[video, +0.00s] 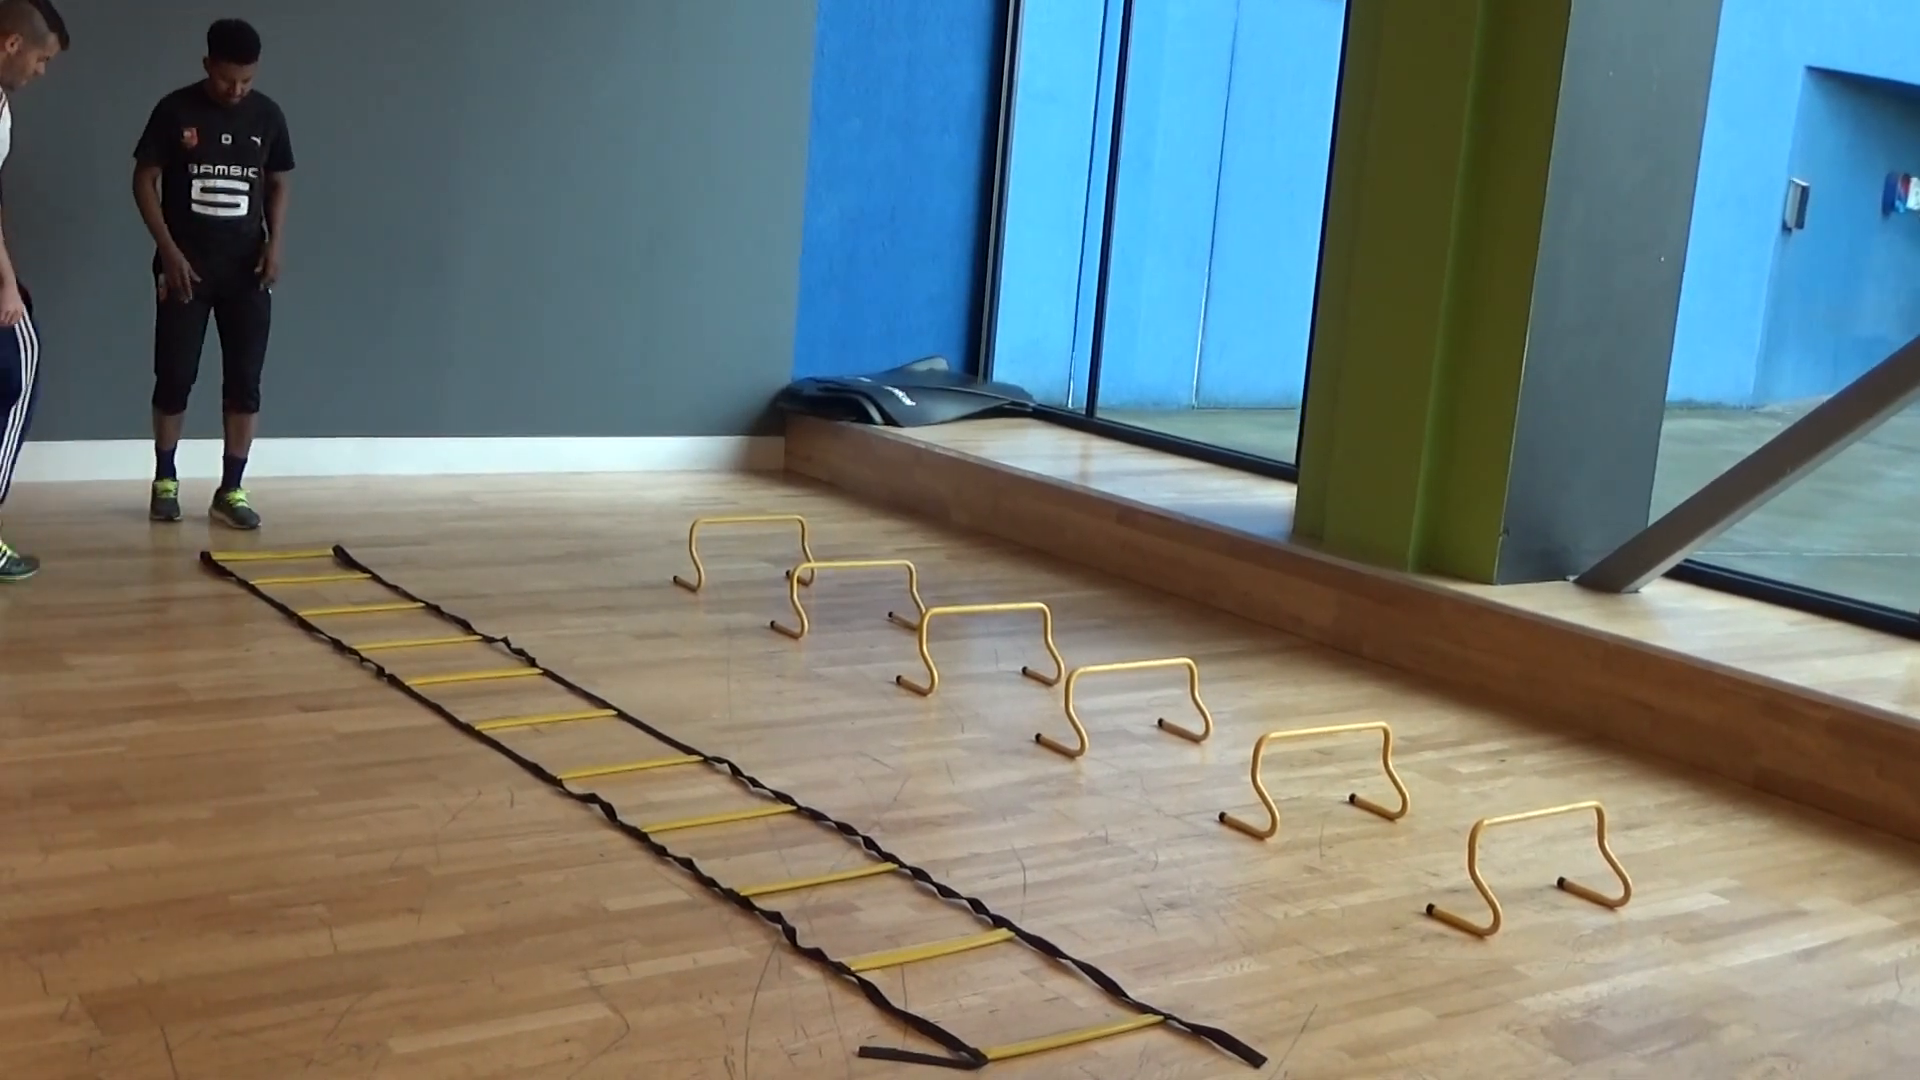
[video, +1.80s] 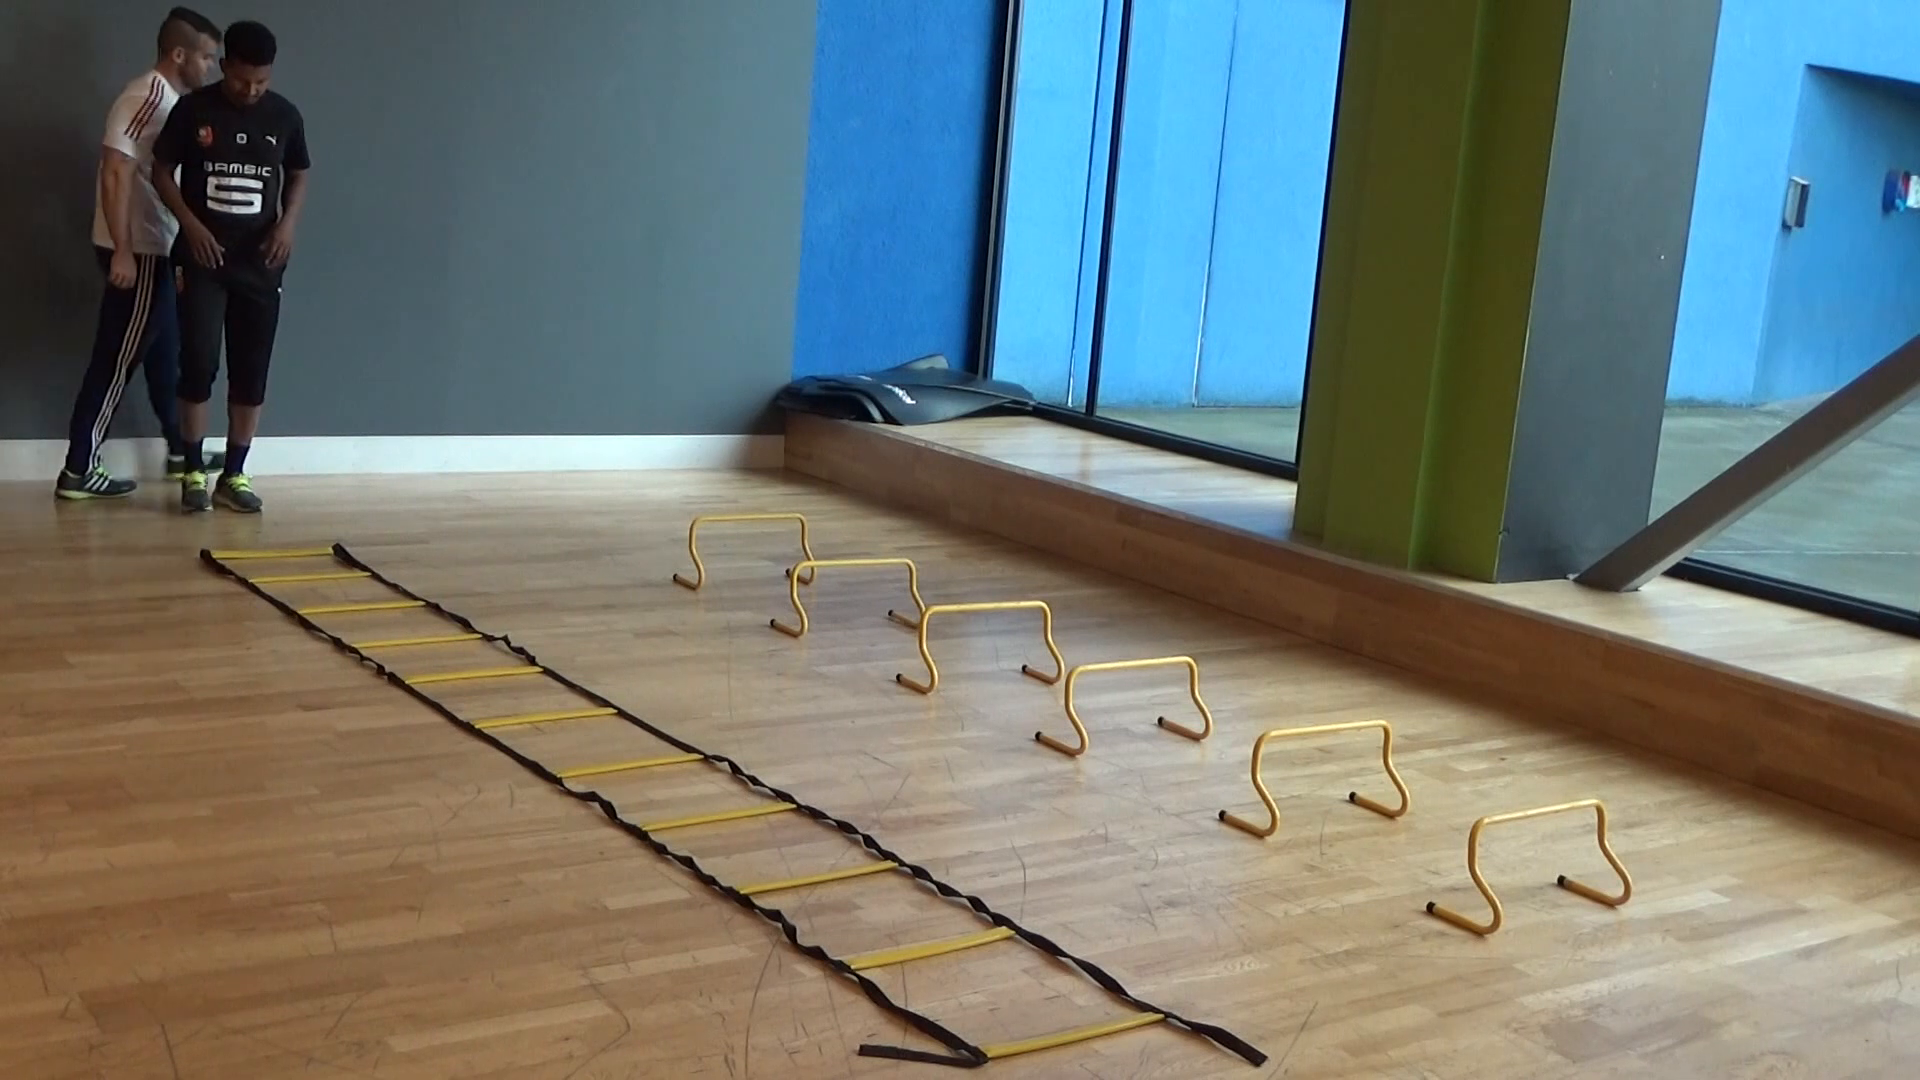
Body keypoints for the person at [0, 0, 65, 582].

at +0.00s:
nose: (40, 72)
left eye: (45, 63)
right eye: (40, 60)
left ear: (13, 48)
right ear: (12, 46)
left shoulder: (5, 107)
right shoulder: (1, 108)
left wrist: (7, 278)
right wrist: (6, 282)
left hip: (5, 282)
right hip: (2, 286)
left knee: (22, 376)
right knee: (20, 378)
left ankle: (0, 533)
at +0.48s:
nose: (85, 85)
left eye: (91, 76)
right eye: (88, 73)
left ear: (55, 49)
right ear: (61, 51)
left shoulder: (8, 70)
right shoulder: (41, 102)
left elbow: (41, 198)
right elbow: (44, 203)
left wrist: (64, 274)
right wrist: (76, 278)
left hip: (10, 267)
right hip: (20, 269)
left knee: (12, 397)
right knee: (16, 399)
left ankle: (2, 520)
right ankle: (1, 521)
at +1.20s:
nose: (113, 60)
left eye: (115, 50)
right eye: (112, 49)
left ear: (70, 41)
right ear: (89, 45)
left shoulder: (15, 74)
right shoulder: (67, 92)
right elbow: (53, 173)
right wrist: (68, 252)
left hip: (10, 249)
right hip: (58, 252)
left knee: (4, 366)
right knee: (78, 363)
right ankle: (55, 479)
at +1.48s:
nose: (149, 60)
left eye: (150, 50)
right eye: (148, 50)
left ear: (102, 44)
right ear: (129, 49)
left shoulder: (58, 84)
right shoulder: (105, 100)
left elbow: (59, 176)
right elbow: (91, 182)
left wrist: (116, 234)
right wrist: (111, 258)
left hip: (46, 251)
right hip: (93, 255)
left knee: (47, 353)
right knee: (107, 364)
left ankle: (1, 453)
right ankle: (81, 471)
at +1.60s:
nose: (170, 57)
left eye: (171, 49)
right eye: (167, 48)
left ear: (127, 44)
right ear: (145, 47)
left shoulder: (91, 82)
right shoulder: (121, 92)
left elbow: (97, 177)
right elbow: (102, 178)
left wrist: (137, 239)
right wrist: (121, 254)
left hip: (79, 242)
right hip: (106, 246)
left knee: (97, 343)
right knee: (114, 354)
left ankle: (45, 432)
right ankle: (81, 470)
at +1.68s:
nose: (188, 58)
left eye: (188, 49)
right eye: (182, 48)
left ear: (152, 48)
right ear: (157, 47)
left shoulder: (126, 87)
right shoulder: (130, 91)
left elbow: (127, 178)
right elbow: (105, 172)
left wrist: (147, 238)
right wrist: (121, 249)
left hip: (113, 243)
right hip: (111, 245)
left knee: (135, 341)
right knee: (117, 351)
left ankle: (88, 450)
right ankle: (79, 470)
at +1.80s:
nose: (212, 68)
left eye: (213, 59)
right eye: (208, 57)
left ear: (180, 55)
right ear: (179, 53)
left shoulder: (173, 98)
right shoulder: (150, 92)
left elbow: (164, 179)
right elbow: (114, 166)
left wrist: (175, 254)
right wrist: (121, 249)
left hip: (156, 248)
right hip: (135, 249)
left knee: (166, 354)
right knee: (118, 358)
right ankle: (79, 470)